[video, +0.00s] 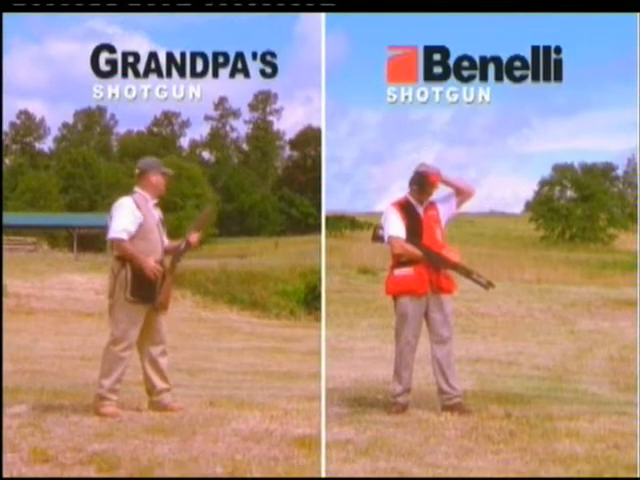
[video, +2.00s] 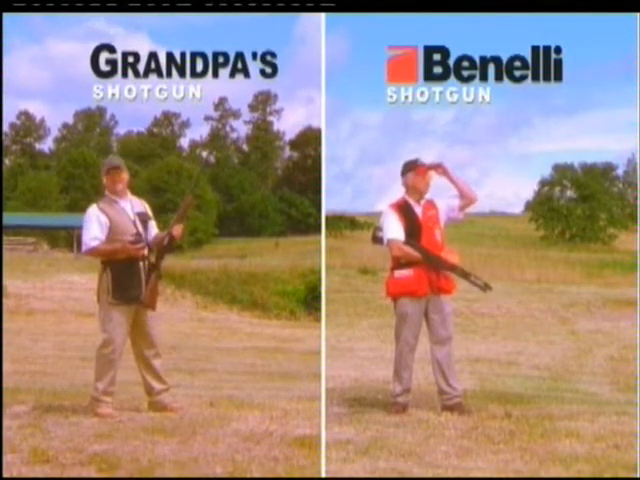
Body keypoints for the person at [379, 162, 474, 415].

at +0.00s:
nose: (431, 194)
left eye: (433, 190)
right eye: (429, 189)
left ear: (434, 189)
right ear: (417, 187)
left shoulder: (437, 209)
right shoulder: (395, 211)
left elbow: (467, 193)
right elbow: (397, 248)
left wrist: (441, 178)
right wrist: (432, 257)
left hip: (437, 281)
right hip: (409, 282)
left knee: (443, 340)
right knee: (406, 342)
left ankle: (450, 397)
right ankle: (401, 396)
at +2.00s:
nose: (427, 180)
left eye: (428, 175)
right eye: (422, 175)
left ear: (428, 180)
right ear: (408, 179)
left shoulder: (437, 208)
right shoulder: (393, 212)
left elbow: (470, 200)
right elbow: (397, 250)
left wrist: (448, 175)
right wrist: (435, 259)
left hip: (436, 281)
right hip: (409, 282)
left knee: (443, 340)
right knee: (406, 343)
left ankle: (451, 397)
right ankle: (400, 396)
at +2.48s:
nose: (434, 187)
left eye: (436, 182)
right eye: (430, 182)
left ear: (438, 183)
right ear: (416, 180)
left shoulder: (441, 208)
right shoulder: (398, 211)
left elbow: (473, 218)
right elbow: (399, 250)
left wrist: (466, 196)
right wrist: (434, 261)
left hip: (439, 282)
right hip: (410, 283)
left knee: (443, 340)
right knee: (407, 343)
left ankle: (451, 397)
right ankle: (401, 396)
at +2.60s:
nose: (436, 189)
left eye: (439, 184)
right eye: (432, 183)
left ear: (441, 185)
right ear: (419, 181)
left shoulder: (444, 210)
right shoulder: (401, 210)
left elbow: (465, 225)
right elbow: (402, 249)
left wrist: (474, 225)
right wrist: (435, 262)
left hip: (440, 281)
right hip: (411, 282)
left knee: (443, 340)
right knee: (407, 343)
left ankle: (450, 397)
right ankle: (400, 397)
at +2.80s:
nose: (441, 190)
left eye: (445, 186)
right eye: (437, 185)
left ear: (448, 186)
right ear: (425, 182)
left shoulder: (449, 210)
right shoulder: (406, 209)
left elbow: (470, 237)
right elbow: (407, 246)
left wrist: (469, 265)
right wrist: (439, 264)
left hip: (442, 283)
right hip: (412, 283)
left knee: (444, 342)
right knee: (407, 343)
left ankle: (451, 397)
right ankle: (400, 396)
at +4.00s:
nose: (427, 181)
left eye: (429, 176)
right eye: (422, 177)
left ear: (433, 178)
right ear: (410, 181)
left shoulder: (443, 209)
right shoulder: (396, 211)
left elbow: (462, 247)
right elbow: (383, 248)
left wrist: (470, 228)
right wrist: (405, 246)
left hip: (440, 280)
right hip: (409, 281)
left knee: (444, 341)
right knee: (406, 342)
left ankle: (451, 397)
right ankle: (400, 395)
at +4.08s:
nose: (422, 182)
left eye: (425, 177)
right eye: (417, 178)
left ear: (429, 179)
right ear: (407, 182)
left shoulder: (440, 208)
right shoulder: (394, 211)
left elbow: (451, 240)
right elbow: (380, 249)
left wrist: (448, 250)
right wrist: (398, 245)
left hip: (439, 284)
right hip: (409, 286)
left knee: (443, 342)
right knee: (406, 343)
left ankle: (449, 396)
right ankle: (401, 395)